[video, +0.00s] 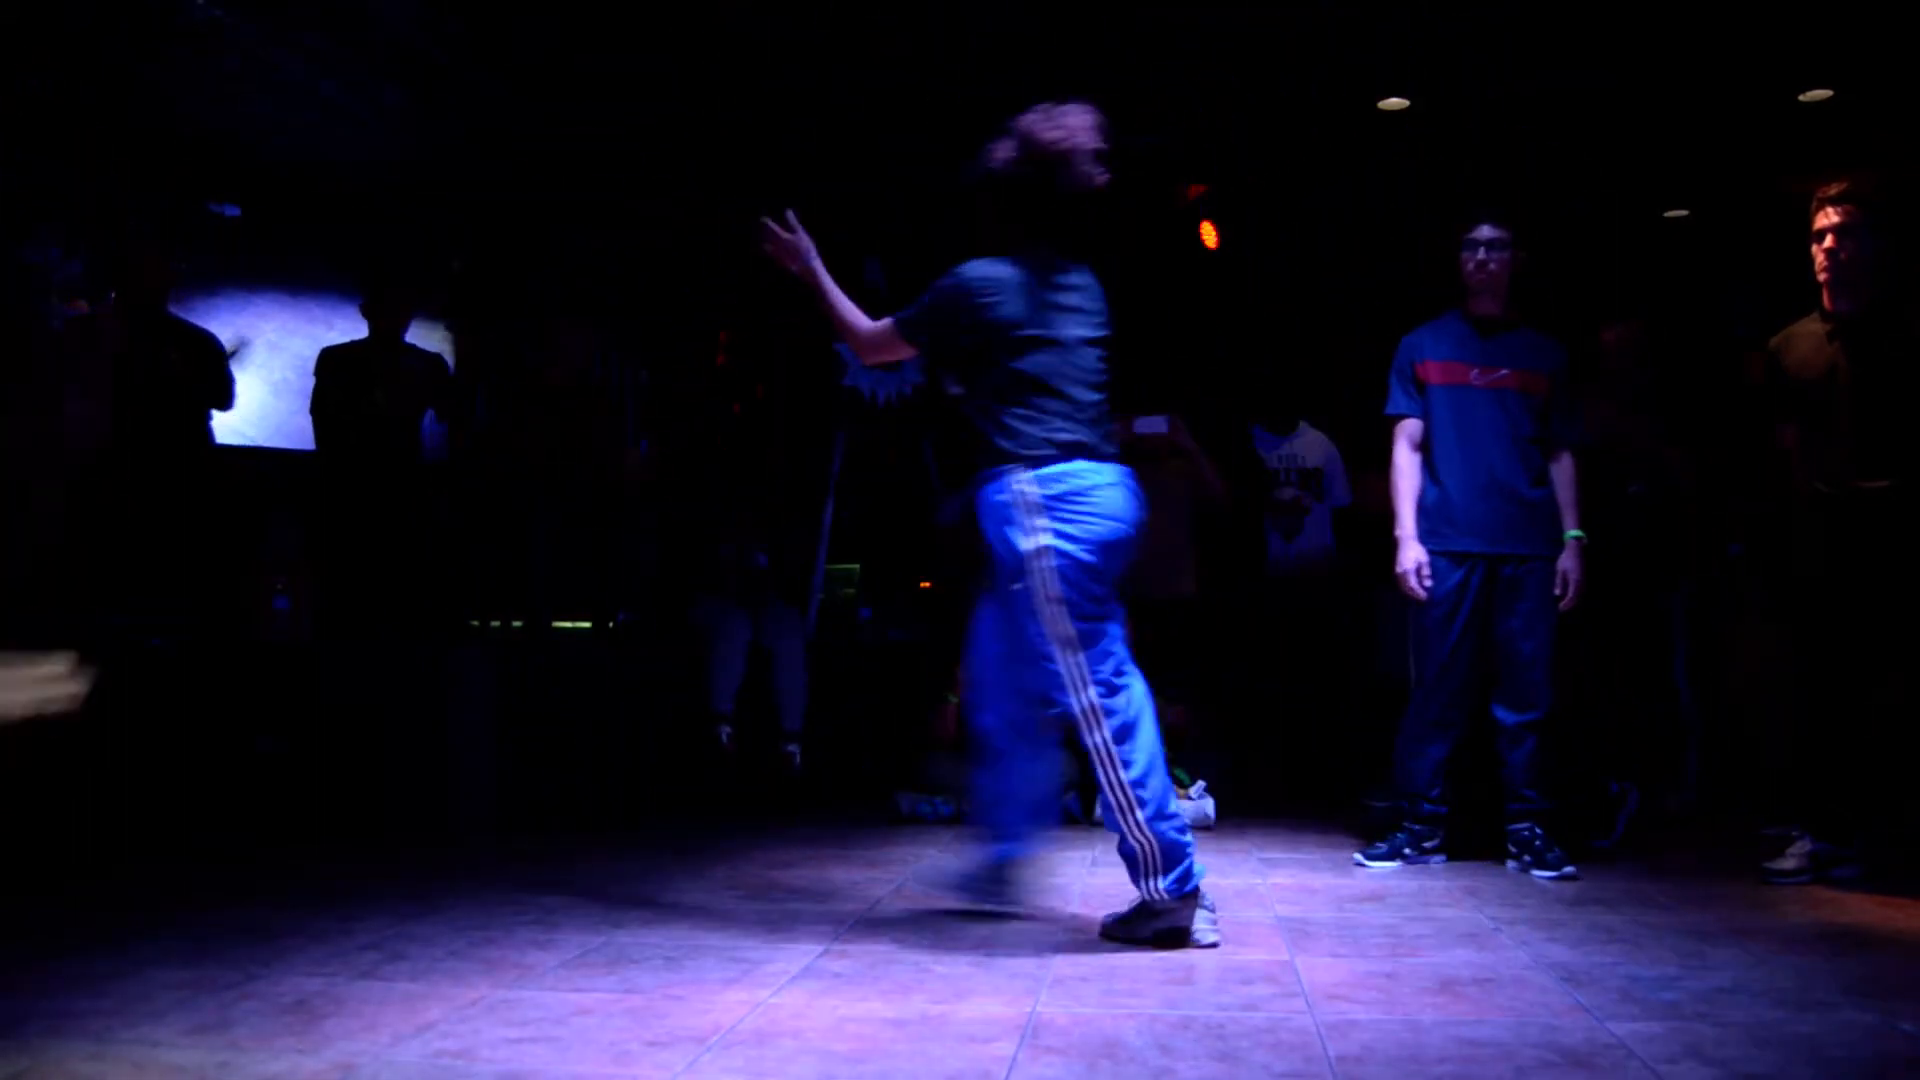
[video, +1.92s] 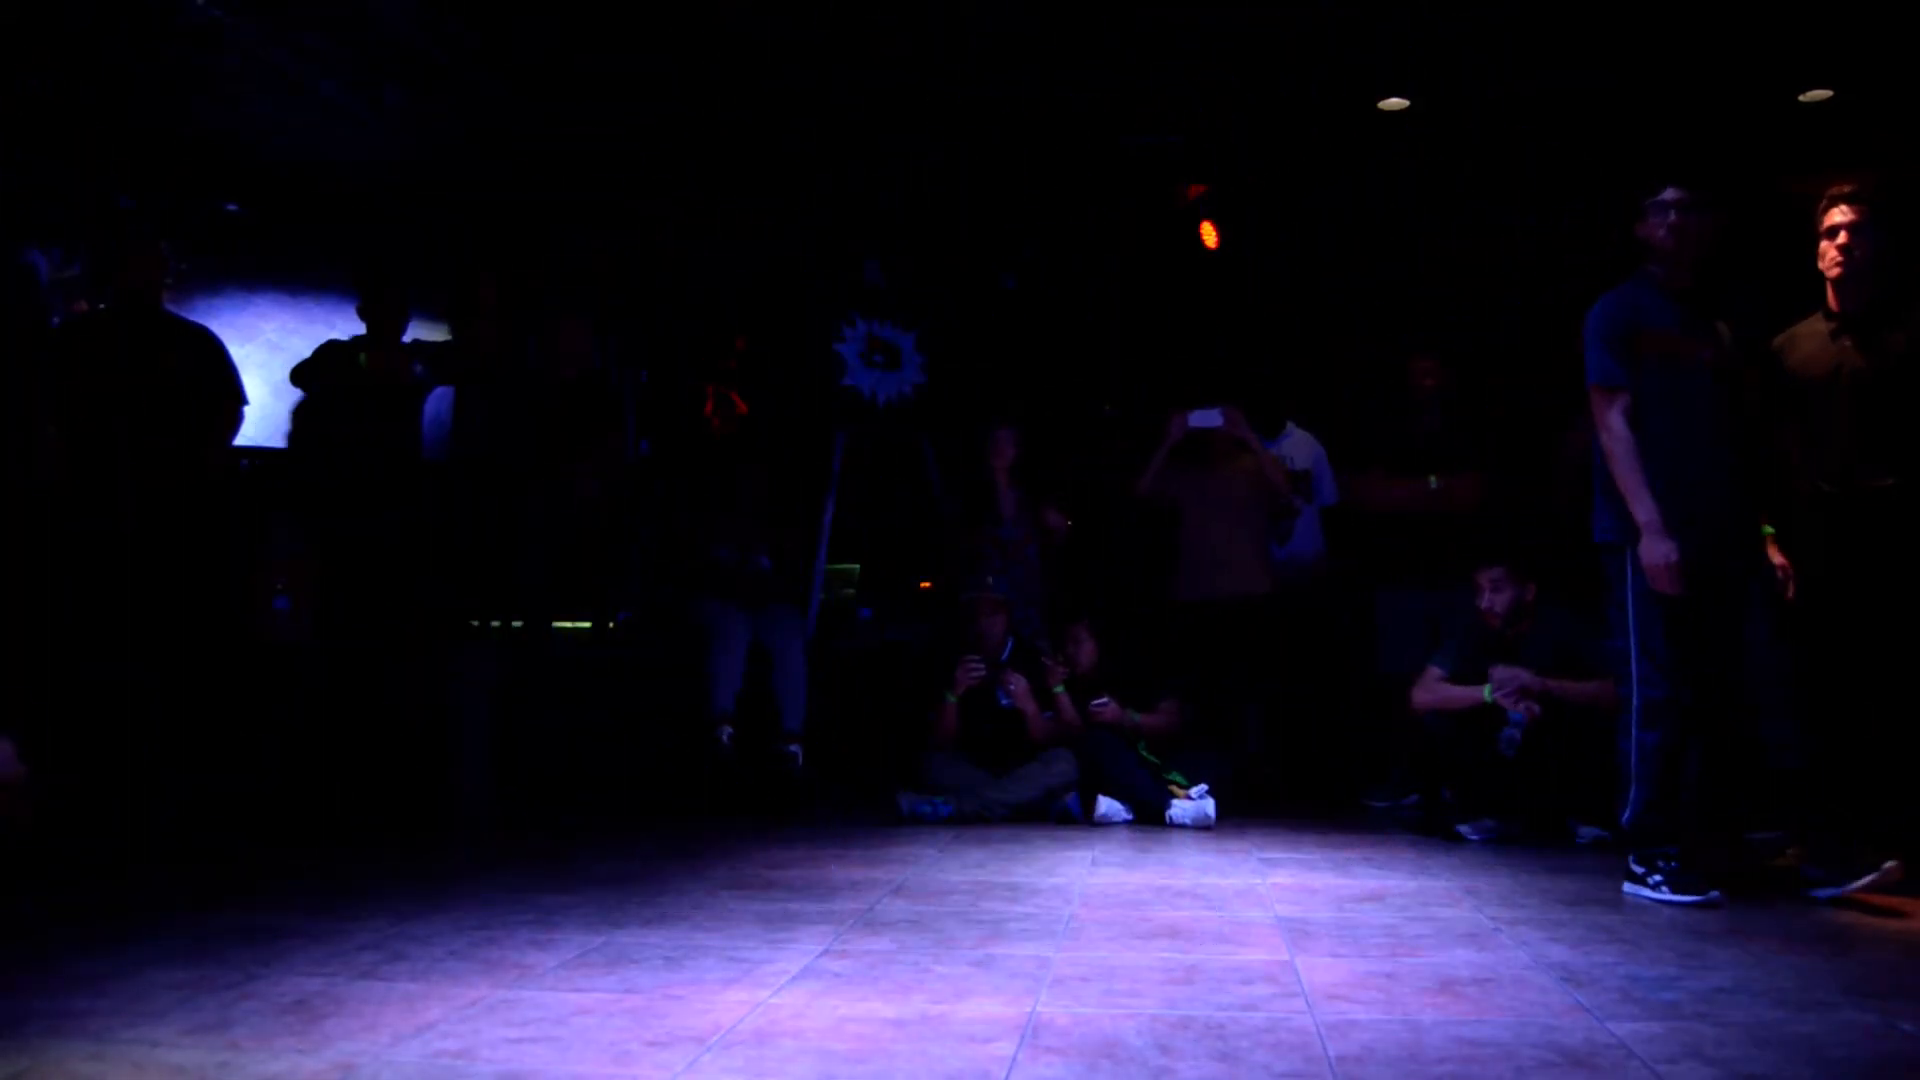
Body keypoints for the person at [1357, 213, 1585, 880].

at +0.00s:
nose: (1484, 261)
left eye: (1496, 250)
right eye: (1474, 250)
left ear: (1515, 261)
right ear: (1458, 261)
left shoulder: (1543, 353)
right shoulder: (1423, 346)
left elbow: (1560, 452)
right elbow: (1407, 445)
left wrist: (1571, 541)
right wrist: (1406, 537)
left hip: (1526, 547)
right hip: (1448, 544)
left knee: (1524, 694)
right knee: (1438, 688)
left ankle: (1525, 831)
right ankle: (1423, 826)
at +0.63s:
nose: (1543, 257)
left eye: (1555, 246)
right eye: (1533, 246)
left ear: (1575, 258)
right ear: (1518, 259)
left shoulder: (1597, 343)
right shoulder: (1486, 338)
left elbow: (1617, 453)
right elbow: (1466, 439)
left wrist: (1639, 541)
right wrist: (1474, 535)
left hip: (1585, 538)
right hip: (1519, 535)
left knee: (1570, 684)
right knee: (1527, 676)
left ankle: (1549, 834)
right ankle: (1504, 837)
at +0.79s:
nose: (1552, 257)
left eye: (1564, 245)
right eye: (1541, 246)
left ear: (1585, 256)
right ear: (1526, 257)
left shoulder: (1605, 338)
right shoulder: (1495, 337)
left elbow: (1624, 449)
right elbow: (1477, 438)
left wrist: (1640, 539)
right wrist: (1484, 536)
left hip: (1595, 531)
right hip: (1533, 530)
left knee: (1576, 676)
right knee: (1563, 675)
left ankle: (1534, 828)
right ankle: (1593, 842)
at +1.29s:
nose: (1598, 242)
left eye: (1609, 230)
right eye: (1584, 231)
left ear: (1628, 242)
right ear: (1565, 245)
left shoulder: (1641, 325)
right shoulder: (1548, 328)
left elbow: (1663, 445)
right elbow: (1542, 437)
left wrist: (1686, 535)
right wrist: (1568, 540)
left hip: (1644, 530)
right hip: (1591, 533)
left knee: (1599, 687)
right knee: (1613, 691)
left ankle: (1537, 825)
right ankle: (1644, 849)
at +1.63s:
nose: (1640, 229)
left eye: (1651, 218)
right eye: (1625, 218)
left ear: (1667, 231)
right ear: (1602, 234)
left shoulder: (1672, 314)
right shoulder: (1589, 316)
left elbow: (1696, 437)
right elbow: (1590, 427)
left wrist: (1730, 525)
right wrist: (1643, 527)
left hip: (1678, 526)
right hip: (1620, 532)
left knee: (1682, 680)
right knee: (1635, 688)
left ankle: (1609, 802)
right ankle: (1648, 854)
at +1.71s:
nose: (1650, 229)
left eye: (1661, 217)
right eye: (1634, 217)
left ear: (1677, 229)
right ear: (1611, 232)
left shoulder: (1684, 312)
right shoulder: (1597, 315)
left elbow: (1704, 437)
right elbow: (1599, 426)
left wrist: (1737, 524)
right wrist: (1651, 526)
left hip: (1689, 527)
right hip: (1627, 532)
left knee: (1701, 686)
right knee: (1643, 690)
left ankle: (1702, 847)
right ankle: (1647, 855)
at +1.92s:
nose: (1678, 226)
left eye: (1687, 212)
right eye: (1664, 214)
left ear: (1705, 226)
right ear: (1641, 228)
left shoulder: (1714, 318)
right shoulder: (1619, 313)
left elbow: (1730, 444)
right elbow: (1612, 424)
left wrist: (1761, 534)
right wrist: (1651, 530)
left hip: (1719, 530)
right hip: (1653, 535)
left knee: (1750, 684)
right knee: (1661, 692)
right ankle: (1652, 857)